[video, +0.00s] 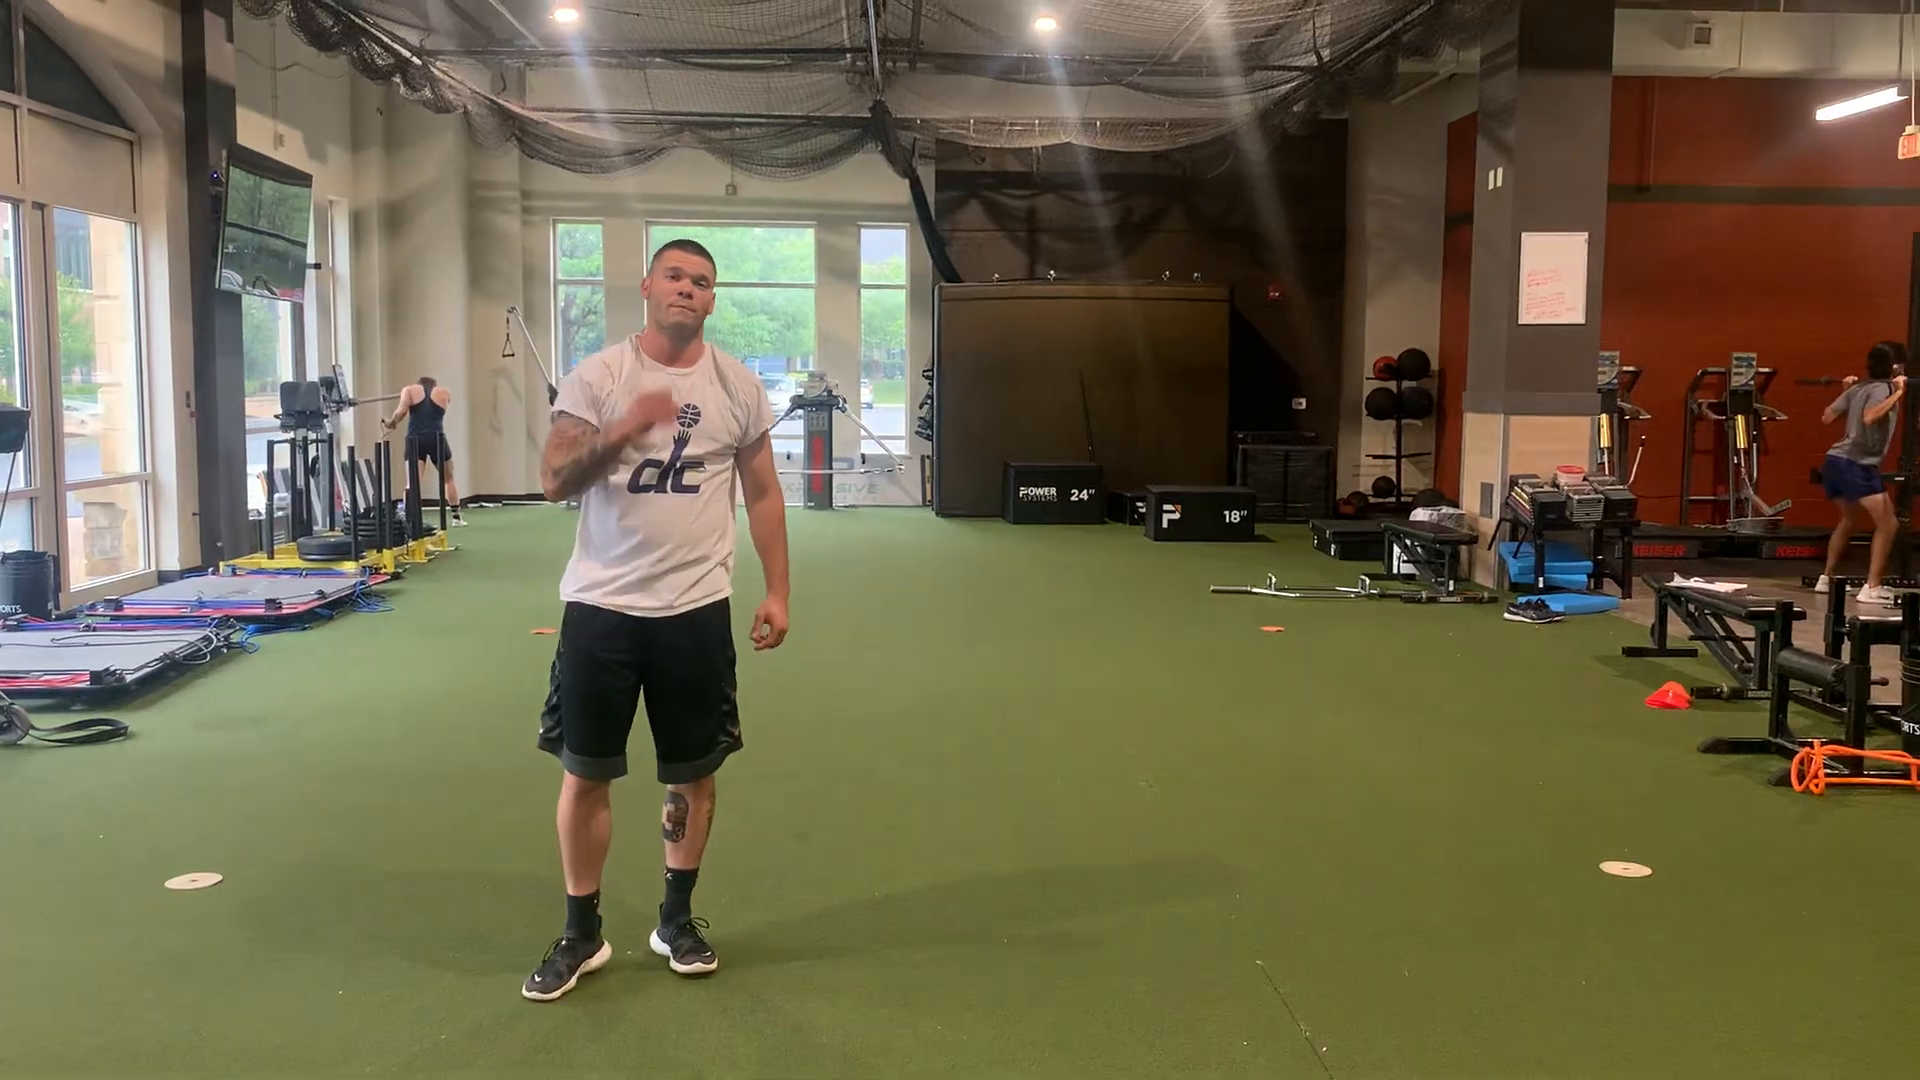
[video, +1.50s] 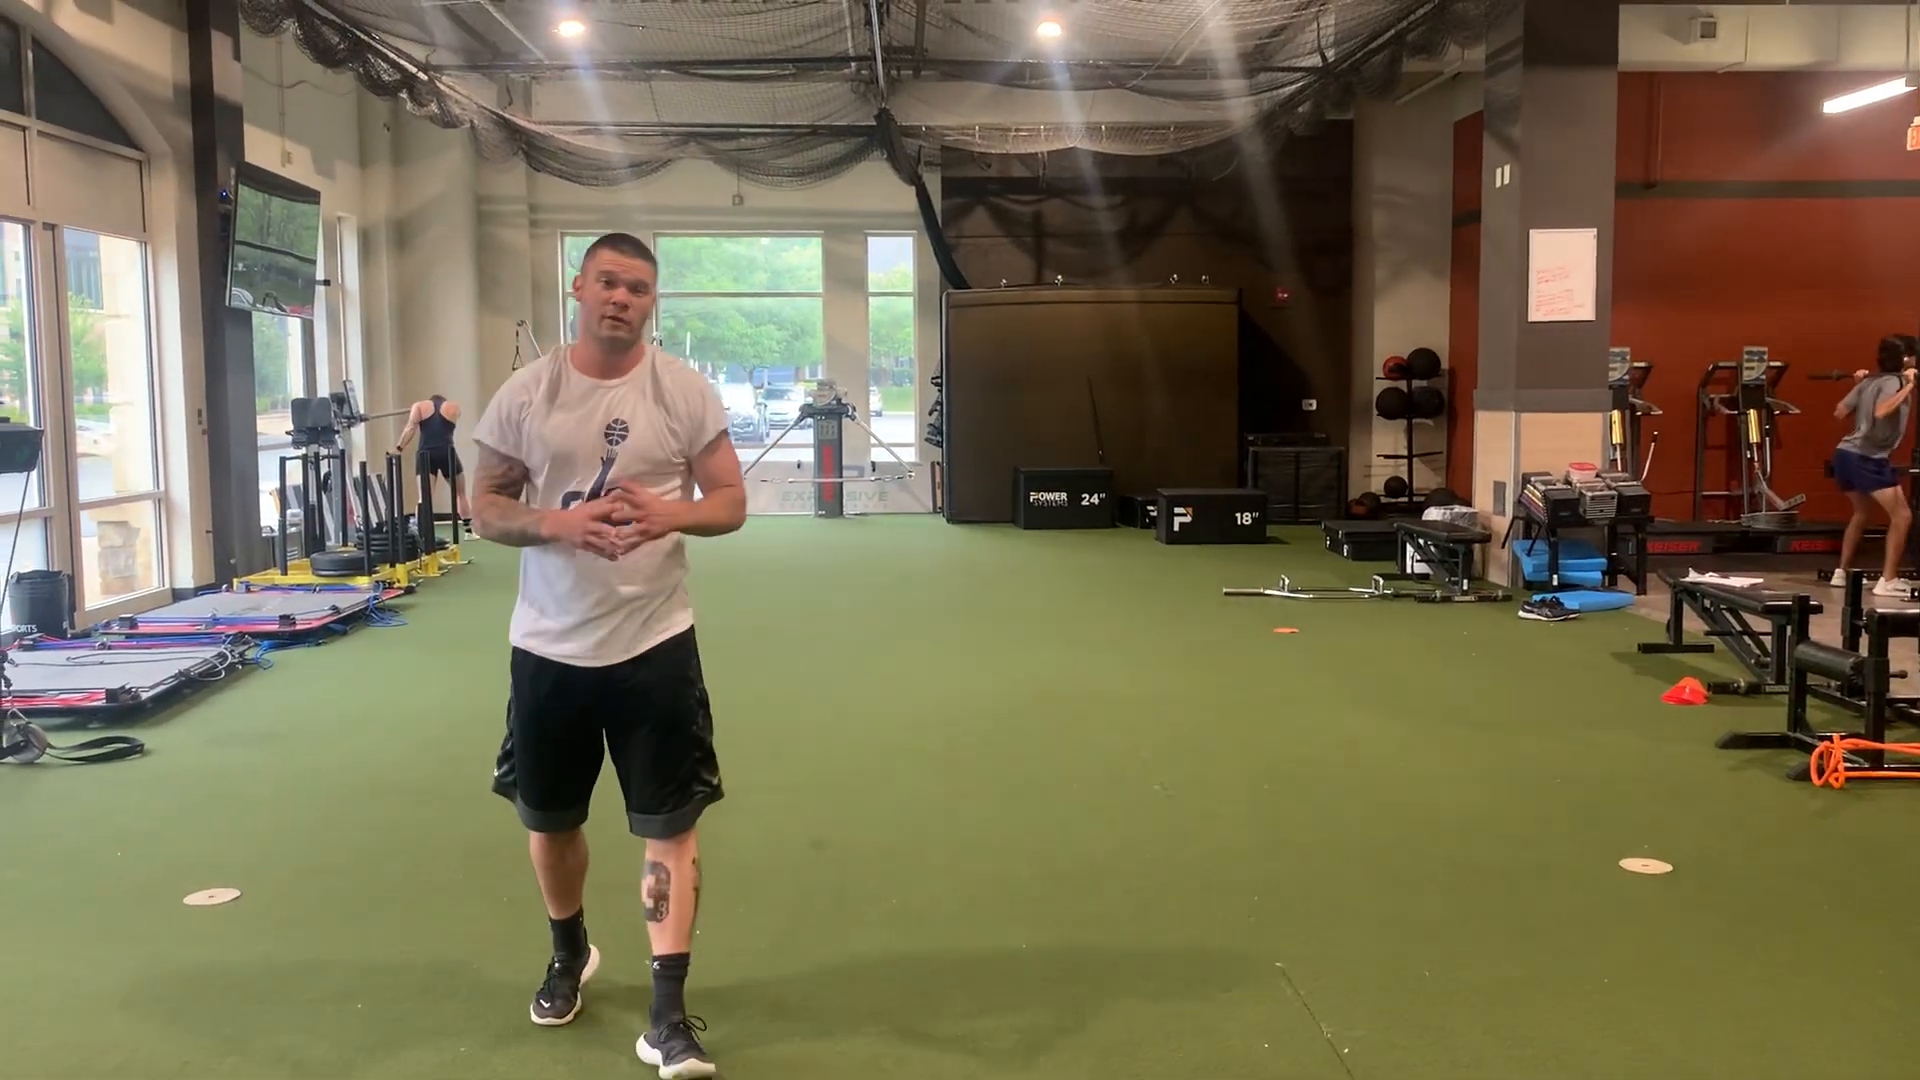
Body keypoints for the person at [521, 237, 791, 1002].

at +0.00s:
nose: (687, 290)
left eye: (700, 282)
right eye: (674, 276)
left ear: (714, 303)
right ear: (645, 287)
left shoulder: (738, 386)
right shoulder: (596, 375)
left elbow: (763, 493)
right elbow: (557, 478)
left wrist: (777, 591)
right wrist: (624, 430)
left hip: (696, 607)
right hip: (602, 605)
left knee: (691, 771)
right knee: (584, 773)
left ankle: (676, 919)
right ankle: (580, 933)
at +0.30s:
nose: (646, 317)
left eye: (659, 305)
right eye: (632, 303)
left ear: (676, 304)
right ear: (604, 299)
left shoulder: (712, 382)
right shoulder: (571, 371)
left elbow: (750, 487)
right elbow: (552, 443)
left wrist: (776, 588)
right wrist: (622, 373)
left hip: (681, 613)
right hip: (583, 611)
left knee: (681, 777)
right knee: (559, 784)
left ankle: (671, 922)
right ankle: (548, 947)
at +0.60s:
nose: (606, 314)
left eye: (618, 301)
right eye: (591, 300)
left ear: (636, 303)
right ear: (563, 301)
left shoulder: (673, 380)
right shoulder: (531, 380)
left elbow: (715, 482)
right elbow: (518, 466)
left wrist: (744, 580)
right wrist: (584, 382)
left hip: (658, 620)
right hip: (559, 623)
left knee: (666, 784)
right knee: (550, 796)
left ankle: (672, 926)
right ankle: (552, 954)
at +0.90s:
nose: (563, 305)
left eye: (575, 293)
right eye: (548, 292)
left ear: (592, 304)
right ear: (519, 302)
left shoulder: (639, 383)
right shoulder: (486, 405)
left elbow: (679, 484)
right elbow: (452, 517)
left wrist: (704, 582)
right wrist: (516, 498)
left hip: (638, 622)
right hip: (539, 634)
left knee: (665, 788)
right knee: (542, 803)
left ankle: (661, 919)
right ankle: (558, 960)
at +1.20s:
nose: (554, 308)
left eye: (568, 296)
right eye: (539, 295)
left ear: (589, 307)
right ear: (512, 305)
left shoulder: (640, 384)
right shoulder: (481, 410)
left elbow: (692, 474)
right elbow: (449, 517)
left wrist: (697, 554)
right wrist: (512, 543)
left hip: (640, 627)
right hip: (540, 639)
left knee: (661, 796)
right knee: (545, 808)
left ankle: (670, 991)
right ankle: (565, 961)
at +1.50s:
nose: (621, 297)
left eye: (637, 287)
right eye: (608, 282)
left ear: (655, 303)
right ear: (577, 290)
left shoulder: (685, 392)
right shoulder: (524, 394)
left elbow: (732, 504)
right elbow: (481, 507)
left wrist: (672, 513)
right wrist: (553, 523)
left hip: (654, 640)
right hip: (550, 645)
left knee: (669, 825)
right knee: (550, 819)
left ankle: (668, 1017)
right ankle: (568, 949)